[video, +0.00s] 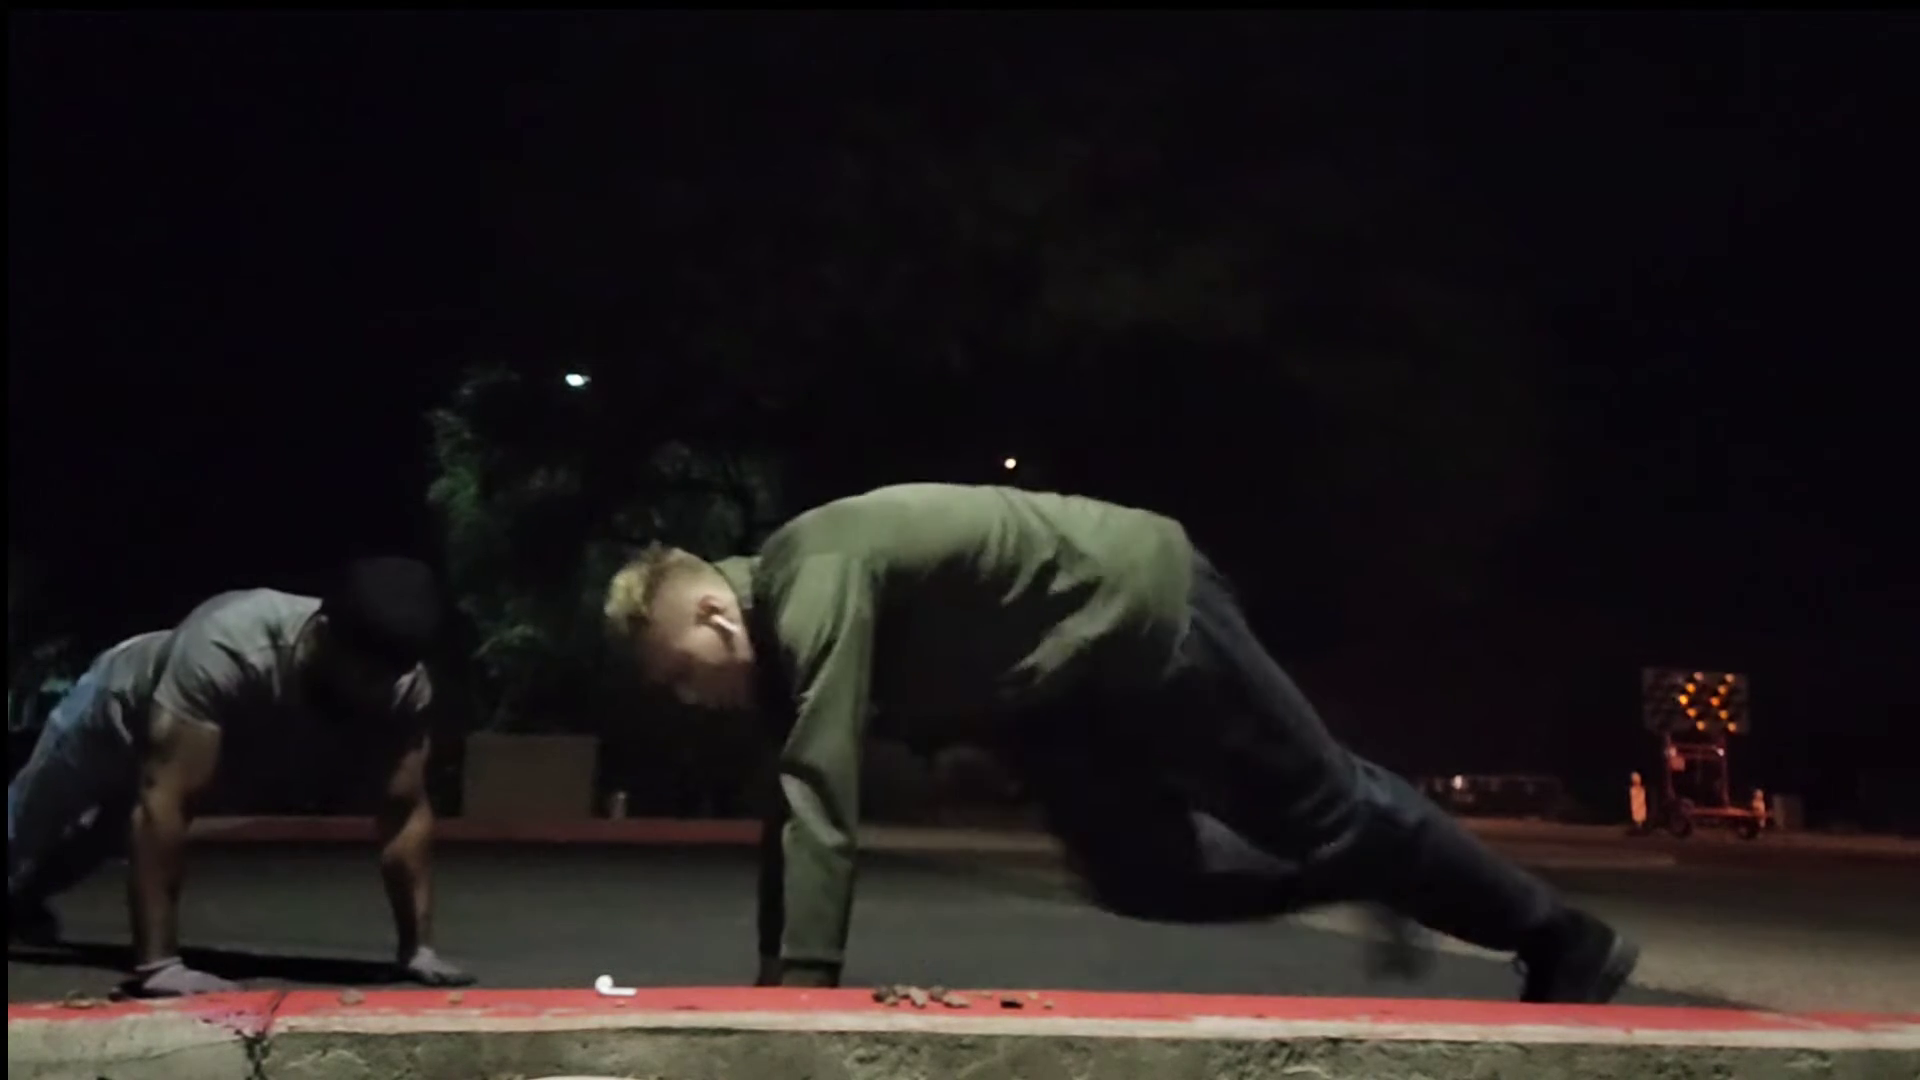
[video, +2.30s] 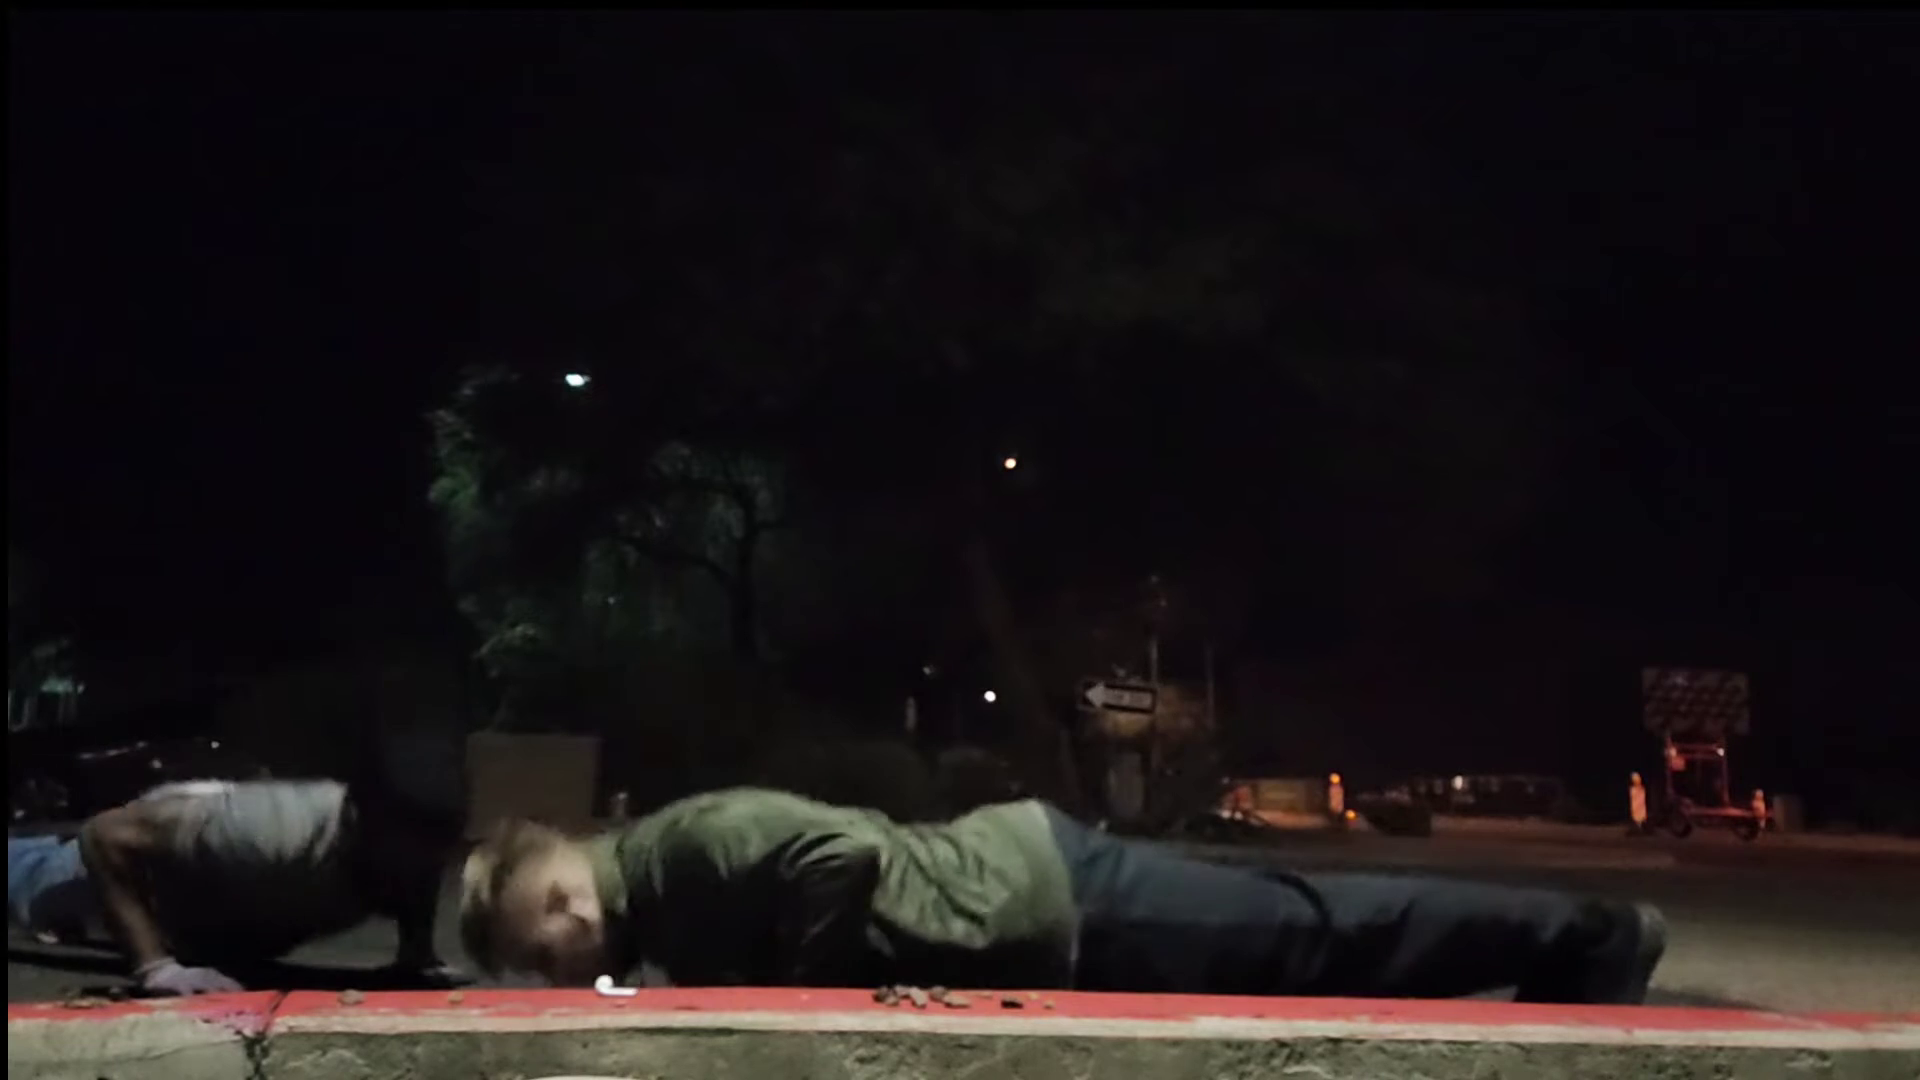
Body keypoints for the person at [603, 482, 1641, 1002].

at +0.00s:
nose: (712, 694)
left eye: (694, 670)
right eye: (688, 687)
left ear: (712, 609)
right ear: (701, 636)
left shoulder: (818, 575)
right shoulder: (777, 618)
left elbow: (821, 792)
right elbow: (794, 801)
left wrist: (801, 991)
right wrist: (781, 986)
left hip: (1147, 608)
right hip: (1061, 694)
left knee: (1332, 811)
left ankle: (1564, 940)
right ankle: (1372, 870)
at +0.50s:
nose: (656, 678)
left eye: (645, 651)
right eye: (637, 666)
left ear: (680, 592)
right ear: (668, 621)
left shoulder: (801, 578)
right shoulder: (759, 631)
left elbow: (806, 785)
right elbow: (775, 800)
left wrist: (805, 968)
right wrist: (784, 973)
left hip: (1129, 647)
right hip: (1095, 709)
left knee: (1339, 803)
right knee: (1306, 841)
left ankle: (1587, 926)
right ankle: (1539, 945)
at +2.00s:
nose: (593, 757)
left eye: (587, 729)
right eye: (574, 746)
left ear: (623, 675)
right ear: (598, 715)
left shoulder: (743, 677)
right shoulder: (721, 711)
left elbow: (852, 835)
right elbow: (827, 839)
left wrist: (796, 992)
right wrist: (790, 988)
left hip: (1099, 773)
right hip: (1084, 804)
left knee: (1351, 867)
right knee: (1338, 881)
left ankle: (1609, 948)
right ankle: (1582, 950)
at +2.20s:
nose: (551, 875)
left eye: (541, 844)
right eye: (526, 875)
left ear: (577, 791)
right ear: (537, 882)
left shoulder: (709, 798)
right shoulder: (677, 857)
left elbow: (862, 859)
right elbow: (827, 881)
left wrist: (785, 988)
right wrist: (808, 974)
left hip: (1061, 869)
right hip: (1040, 893)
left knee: (1323, 912)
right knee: (1305, 922)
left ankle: (1594, 942)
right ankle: (1559, 947)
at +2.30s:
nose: (569, 949)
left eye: (552, 929)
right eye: (543, 949)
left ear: (563, 873)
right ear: (534, 929)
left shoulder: (687, 846)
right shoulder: (647, 902)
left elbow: (857, 855)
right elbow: (827, 878)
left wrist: (794, 975)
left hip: (1047, 881)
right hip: (1027, 901)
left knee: (1314, 924)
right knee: (1298, 924)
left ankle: (1580, 944)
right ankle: (1557, 943)